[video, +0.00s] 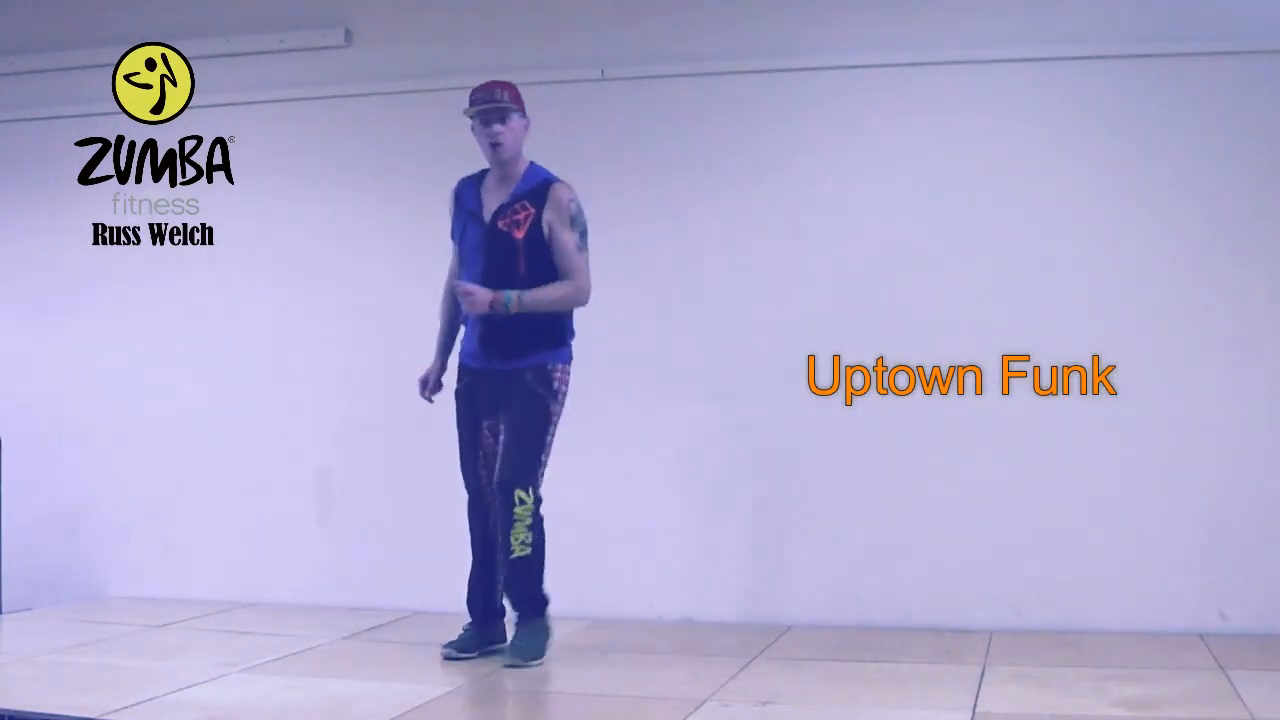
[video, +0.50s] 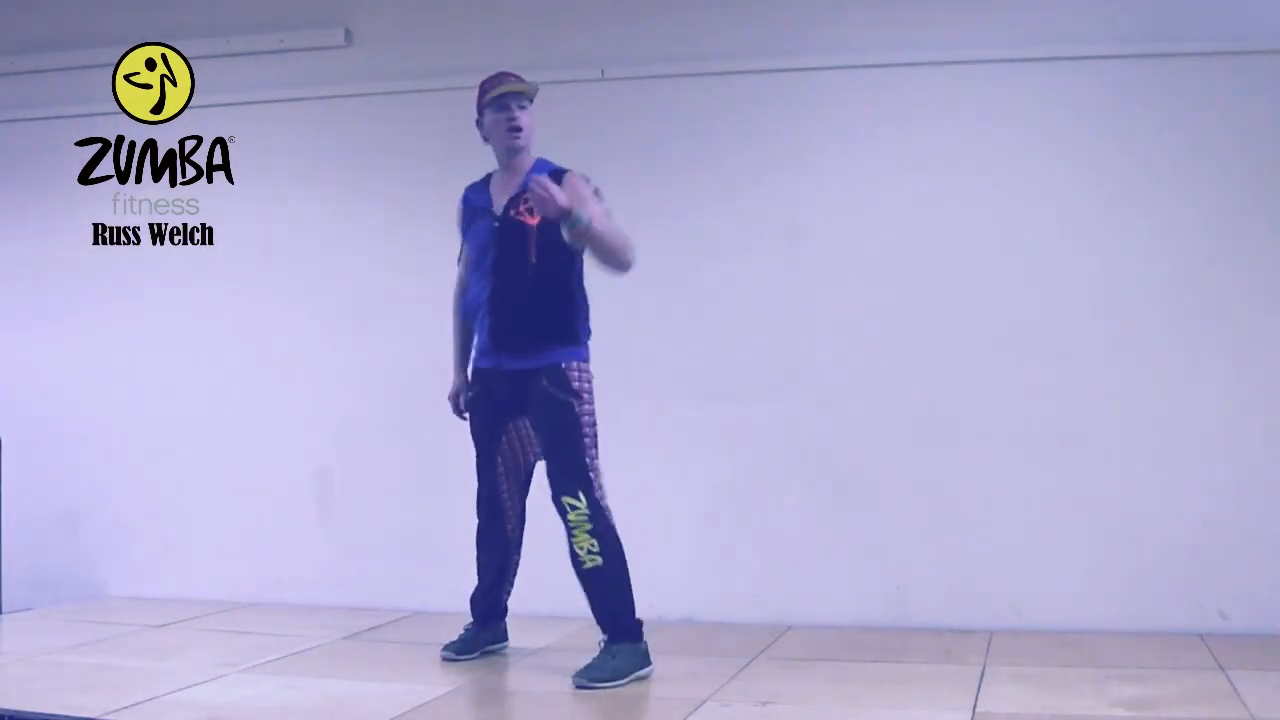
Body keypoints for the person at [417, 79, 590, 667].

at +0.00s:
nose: (493, 131)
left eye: (503, 120)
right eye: (483, 123)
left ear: (525, 125)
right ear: (473, 132)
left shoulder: (554, 196)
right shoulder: (465, 194)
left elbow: (580, 289)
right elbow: (458, 277)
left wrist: (499, 300)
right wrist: (441, 356)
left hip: (537, 365)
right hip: (479, 364)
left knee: (515, 490)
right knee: (481, 493)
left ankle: (531, 621)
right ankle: (486, 622)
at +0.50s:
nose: (513, 117)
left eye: (521, 106)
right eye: (500, 110)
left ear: (536, 117)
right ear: (482, 126)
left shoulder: (569, 186)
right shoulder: (475, 199)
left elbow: (623, 256)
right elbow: (467, 285)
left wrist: (576, 212)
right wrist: (460, 367)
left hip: (559, 370)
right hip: (494, 373)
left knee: (581, 505)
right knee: (496, 505)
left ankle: (625, 643)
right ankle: (488, 625)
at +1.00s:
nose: (532, 113)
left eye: (539, 101)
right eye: (518, 106)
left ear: (556, 107)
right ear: (502, 123)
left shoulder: (596, 164)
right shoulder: (507, 200)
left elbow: (682, 200)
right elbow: (516, 292)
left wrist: (642, 142)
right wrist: (515, 377)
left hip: (604, 362)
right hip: (544, 368)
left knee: (613, 501)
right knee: (572, 504)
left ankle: (630, 645)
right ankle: (616, 634)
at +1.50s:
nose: (489, 113)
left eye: (500, 103)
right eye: (482, 105)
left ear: (528, 112)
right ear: (477, 117)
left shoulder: (558, 185)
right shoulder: (473, 189)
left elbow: (589, 263)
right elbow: (471, 280)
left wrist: (618, 338)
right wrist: (460, 353)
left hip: (551, 369)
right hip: (489, 373)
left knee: (580, 502)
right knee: (475, 499)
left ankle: (622, 642)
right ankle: (461, 623)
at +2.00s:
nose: (422, 136)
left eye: (430, 124)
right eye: (414, 127)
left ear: (458, 123)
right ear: (409, 133)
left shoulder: (495, 190)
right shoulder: (418, 194)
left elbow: (494, 283)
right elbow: (412, 273)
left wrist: (420, 271)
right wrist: (404, 326)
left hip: (493, 364)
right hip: (436, 364)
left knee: (479, 497)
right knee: (439, 495)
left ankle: (490, 625)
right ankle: (457, 622)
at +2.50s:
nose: (454, 119)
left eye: (463, 108)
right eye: (441, 112)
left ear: (479, 118)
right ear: (426, 127)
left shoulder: (506, 175)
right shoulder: (434, 201)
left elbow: (542, 225)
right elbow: (426, 273)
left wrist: (584, 285)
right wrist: (430, 333)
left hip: (519, 365)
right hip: (457, 372)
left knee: (543, 504)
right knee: (460, 502)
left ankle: (581, 646)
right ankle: (462, 623)